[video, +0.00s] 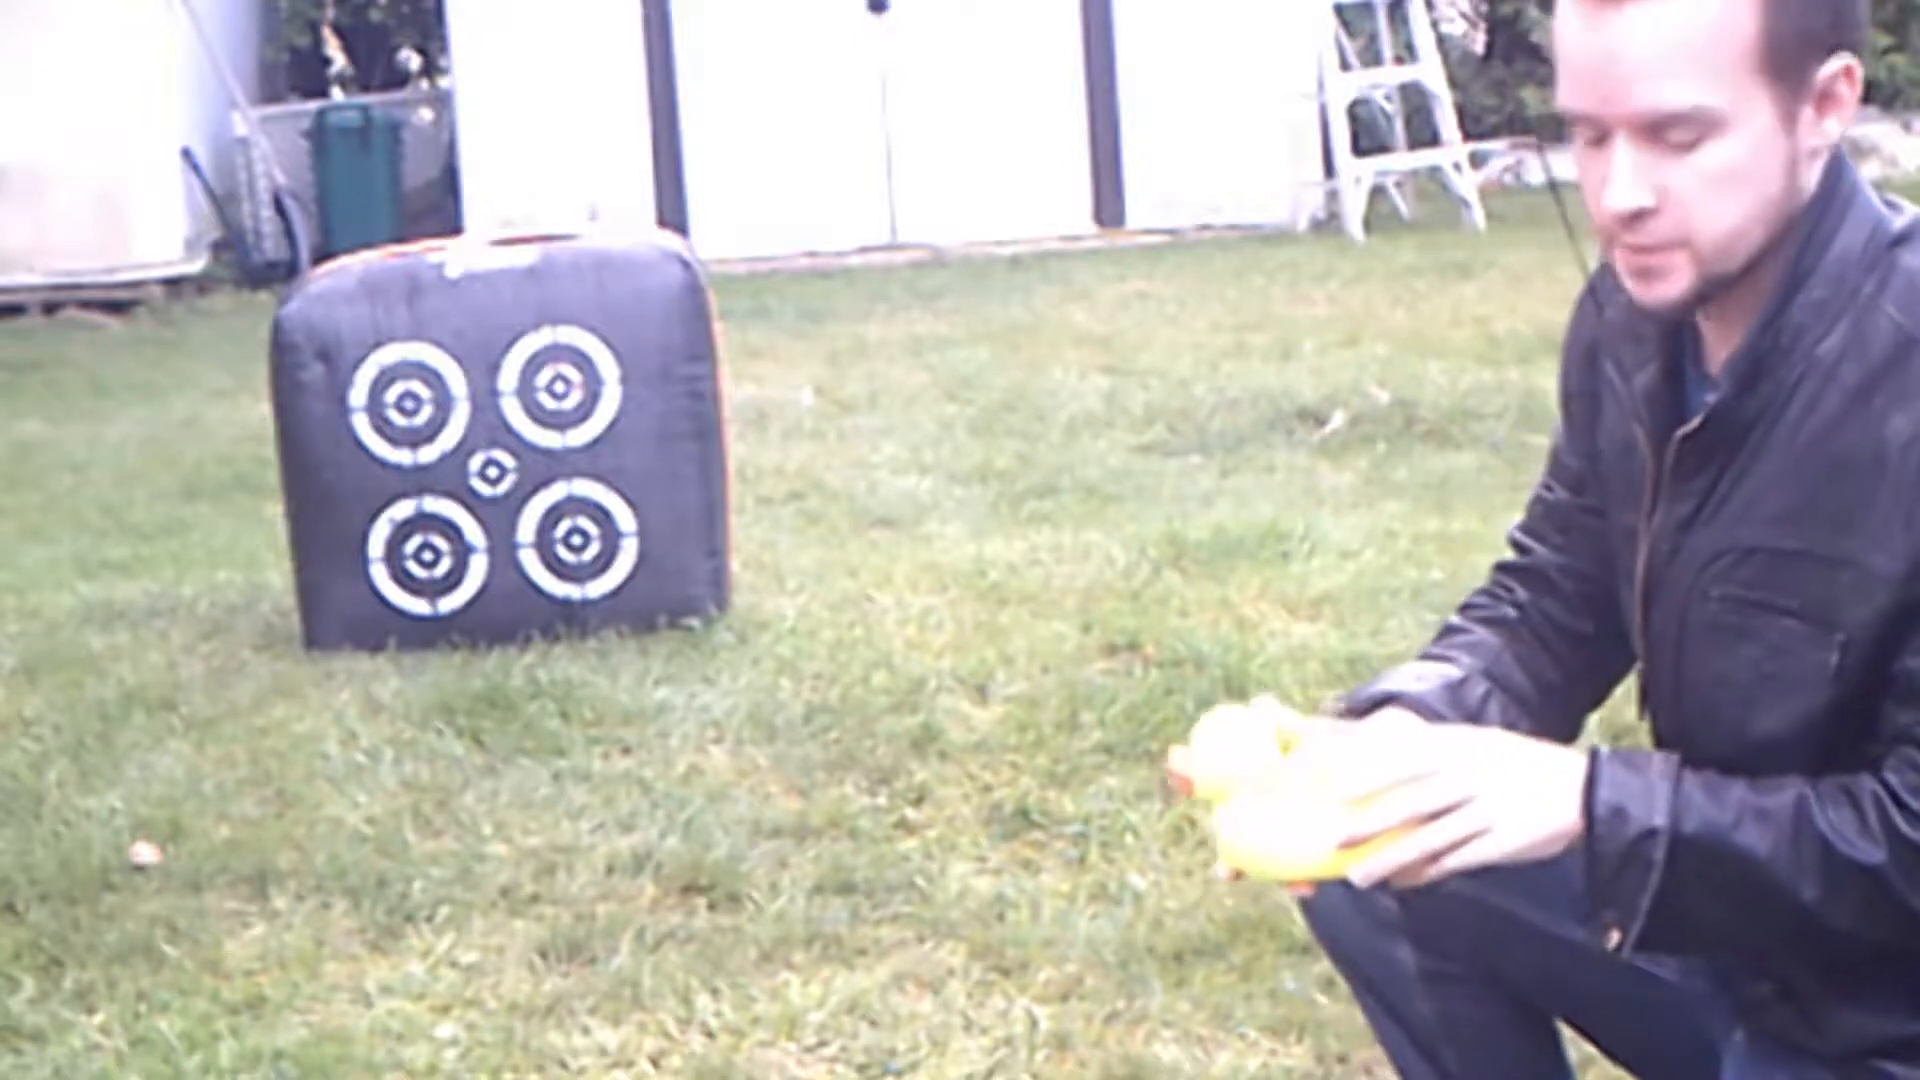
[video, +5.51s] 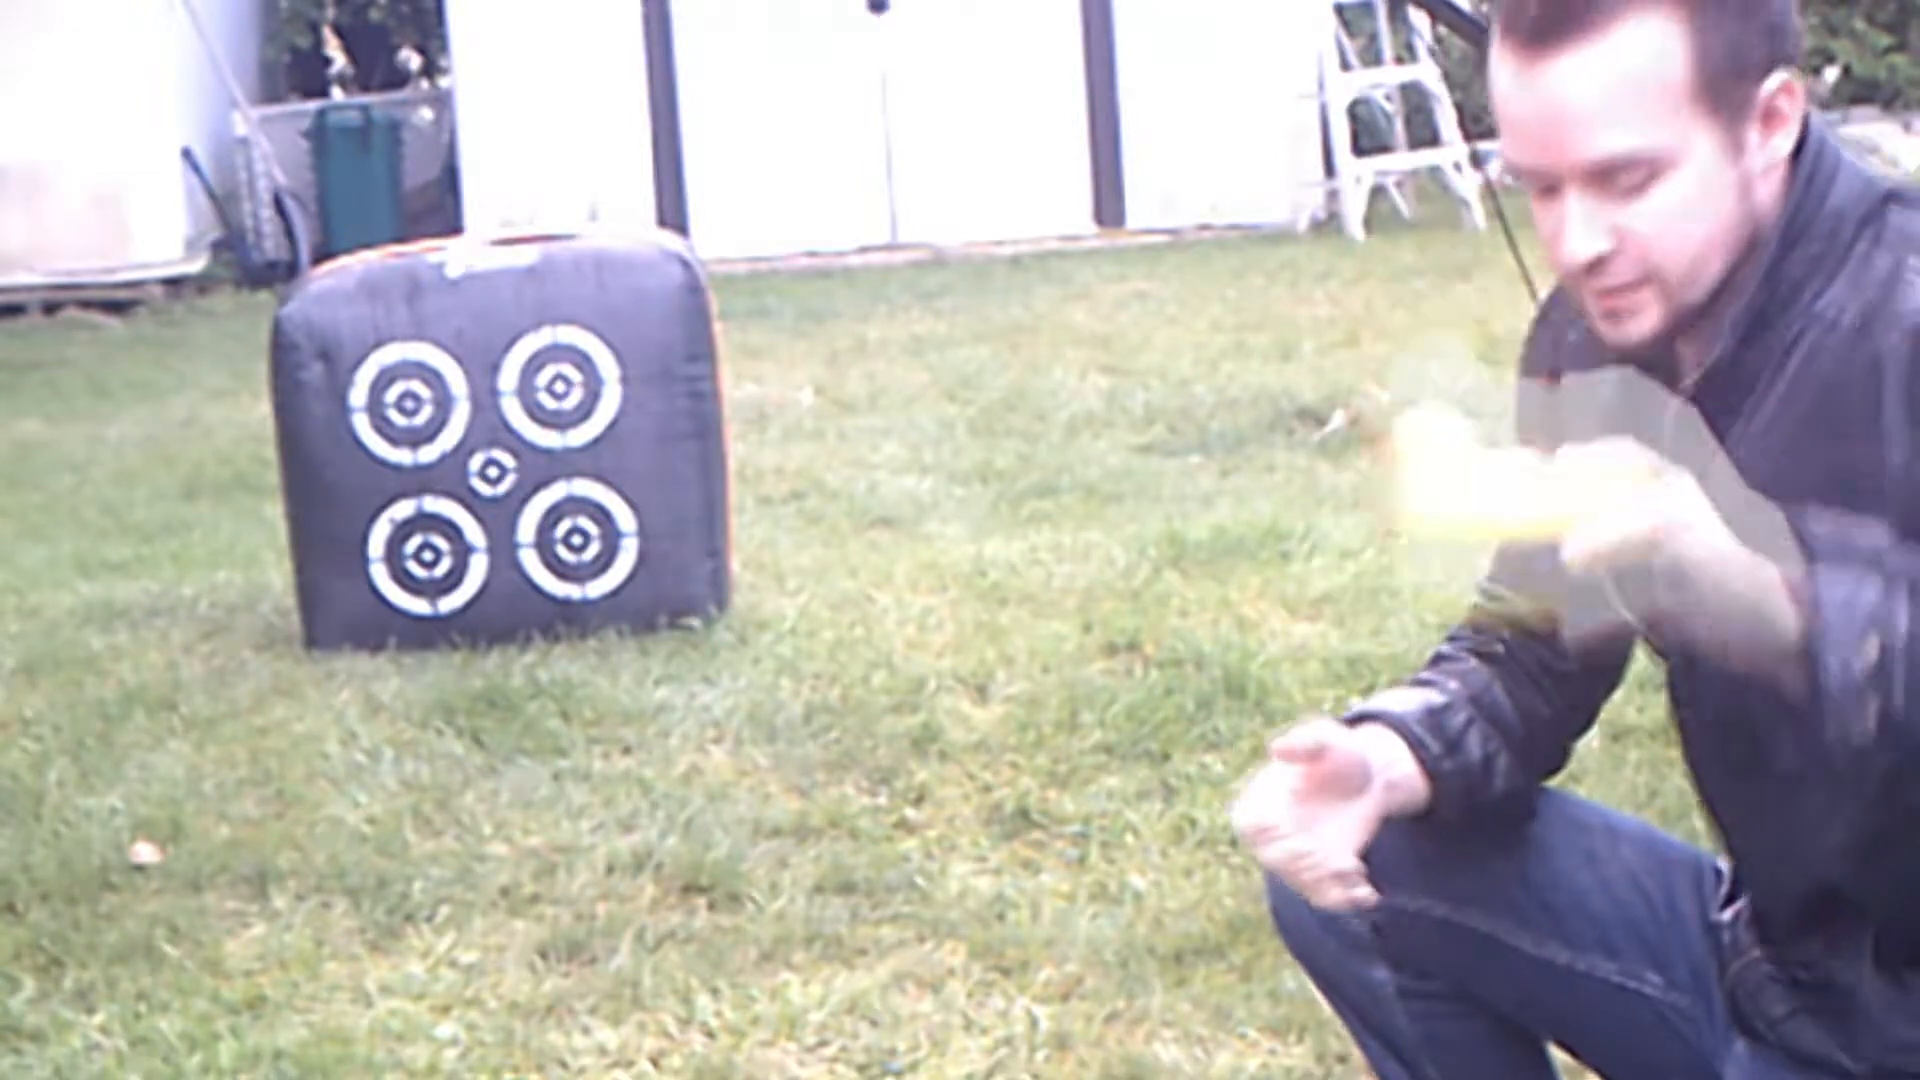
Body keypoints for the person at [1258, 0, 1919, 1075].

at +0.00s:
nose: (1619, 195)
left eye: (1679, 135)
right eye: (1590, 136)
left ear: (1826, 109)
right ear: (1562, 120)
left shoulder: (1903, 362)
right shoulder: (1629, 310)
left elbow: (1907, 837)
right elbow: (1559, 598)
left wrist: (1596, 798)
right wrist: (1393, 736)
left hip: (1872, 1034)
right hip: (1710, 939)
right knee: (1369, 865)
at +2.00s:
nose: (1546, 246)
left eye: (1599, 192)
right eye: (1523, 188)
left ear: (1763, 155)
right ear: (1501, 155)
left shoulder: (1900, 388)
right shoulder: (1594, 332)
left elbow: (1902, 852)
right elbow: (1541, 626)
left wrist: (1571, 830)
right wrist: (1393, 740)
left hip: (1870, 1042)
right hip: (1702, 964)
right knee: (1354, 872)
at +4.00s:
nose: (1598, 201)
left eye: (1649, 130)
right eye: (1551, 149)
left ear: (1777, 108)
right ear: (1517, 153)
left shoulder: (1902, 362)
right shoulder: (1581, 339)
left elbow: (1912, 842)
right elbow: (1529, 629)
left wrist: (1606, 847)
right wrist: (1397, 745)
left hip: (1876, 1044)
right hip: (1701, 964)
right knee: (1345, 887)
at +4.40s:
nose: (1602, 192)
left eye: (1653, 122)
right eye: (1555, 139)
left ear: (1779, 102)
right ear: (1520, 145)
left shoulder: (1895, 336)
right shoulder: (1579, 332)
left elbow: (1901, 780)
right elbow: (1529, 613)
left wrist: (1646, 741)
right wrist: (1401, 762)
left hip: (1869, 1019)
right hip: (1718, 929)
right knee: (1324, 853)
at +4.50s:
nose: (1607, 189)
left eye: (1657, 118)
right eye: (1559, 135)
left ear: (1783, 96)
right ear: (1522, 144)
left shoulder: (1902, 323)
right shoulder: (1579, 333)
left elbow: (1907, 682)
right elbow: (1540, 633)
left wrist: (1685, 606)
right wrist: (1409, 752)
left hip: (1884, 1028)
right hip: (1741, 931)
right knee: (1324, 842)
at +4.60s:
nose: (1613, 189)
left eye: (1664, 117)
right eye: (1564, 136)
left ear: (1787, 91)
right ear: (1527, 143)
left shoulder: (1896, 297)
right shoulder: (1601, 324)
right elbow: (1526, 630)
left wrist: (1742, 472)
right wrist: (1407, 758)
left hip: (1881, 1036)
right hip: (1762, 941)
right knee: (1325, 842)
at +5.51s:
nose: (1576, 245)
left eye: (1627, 180)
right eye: (1536, 189)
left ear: (1772, 127)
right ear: (1508, 160)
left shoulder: (1901, 319)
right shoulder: (1583, 338)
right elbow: (1537, 643)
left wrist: (1740, 598)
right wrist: (1395, 752)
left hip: (1887, 1040)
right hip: (1757, 943)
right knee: (1350, 864)